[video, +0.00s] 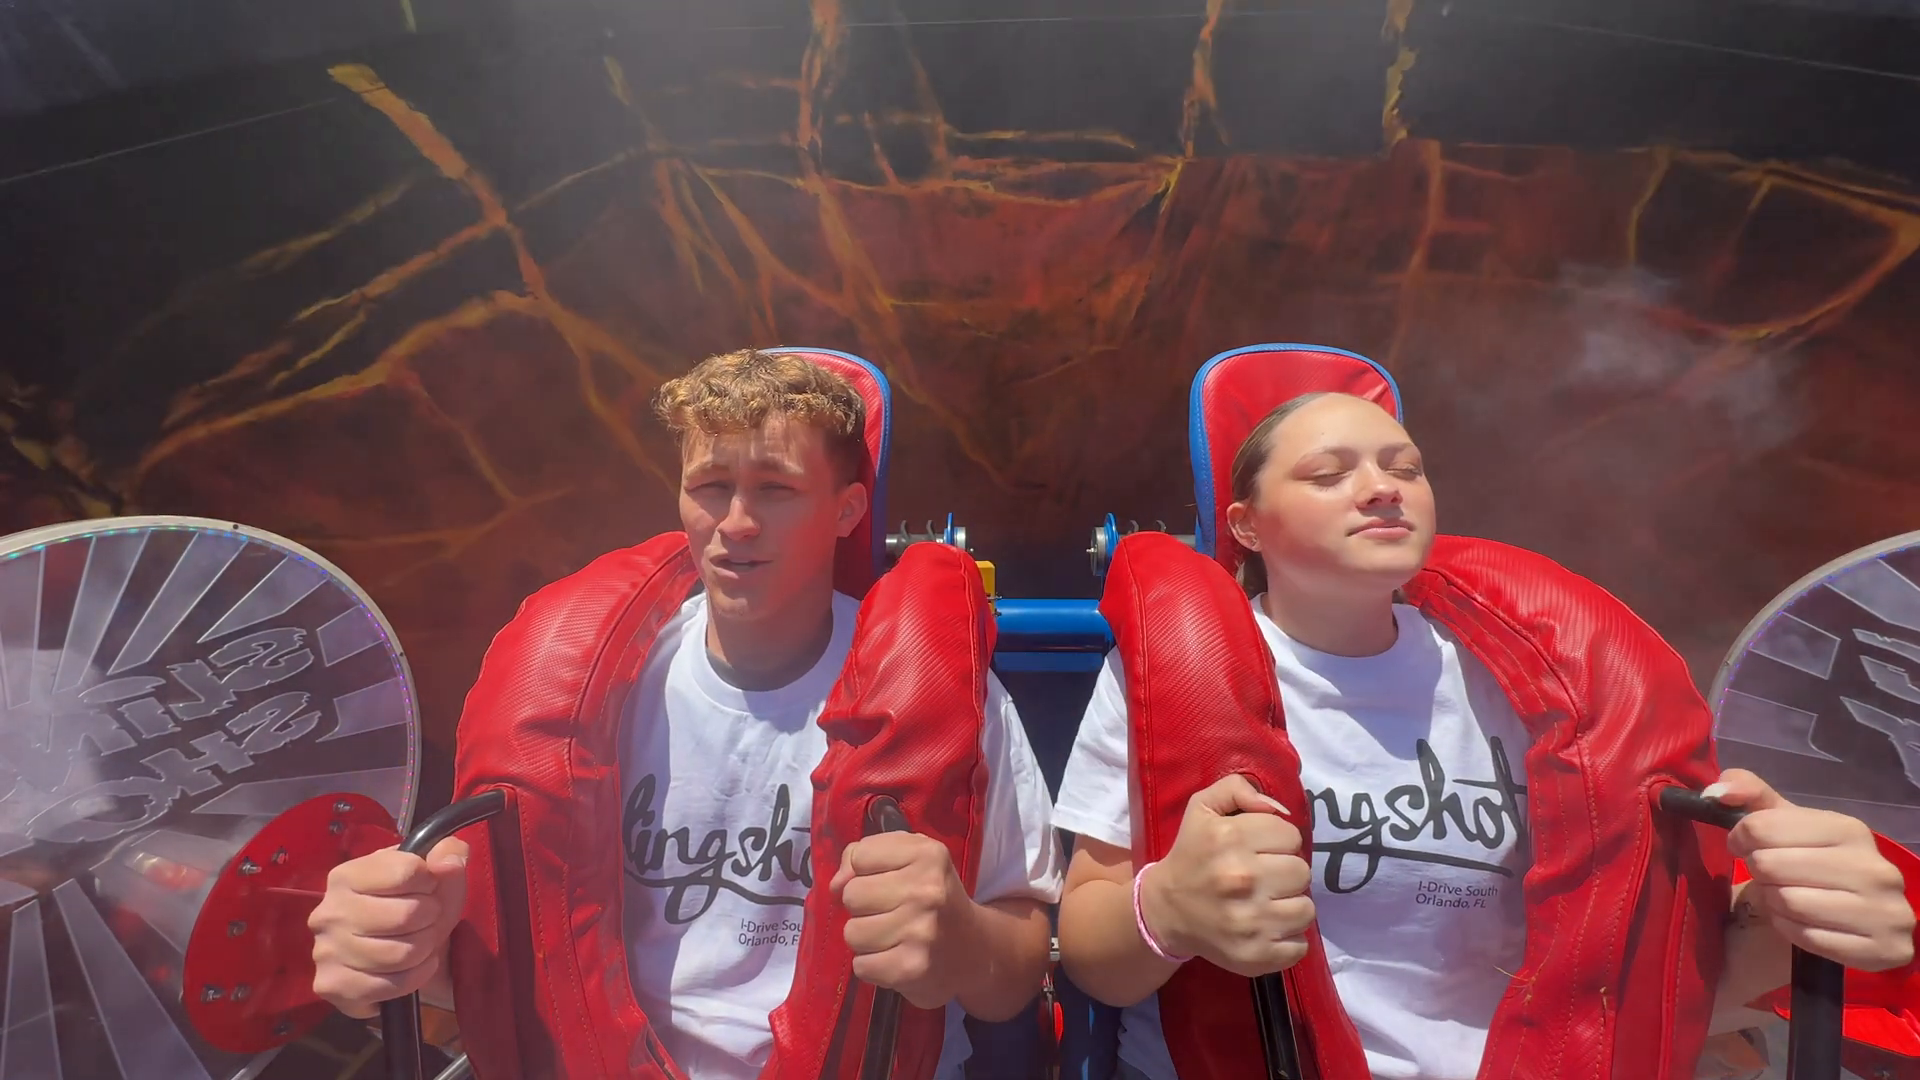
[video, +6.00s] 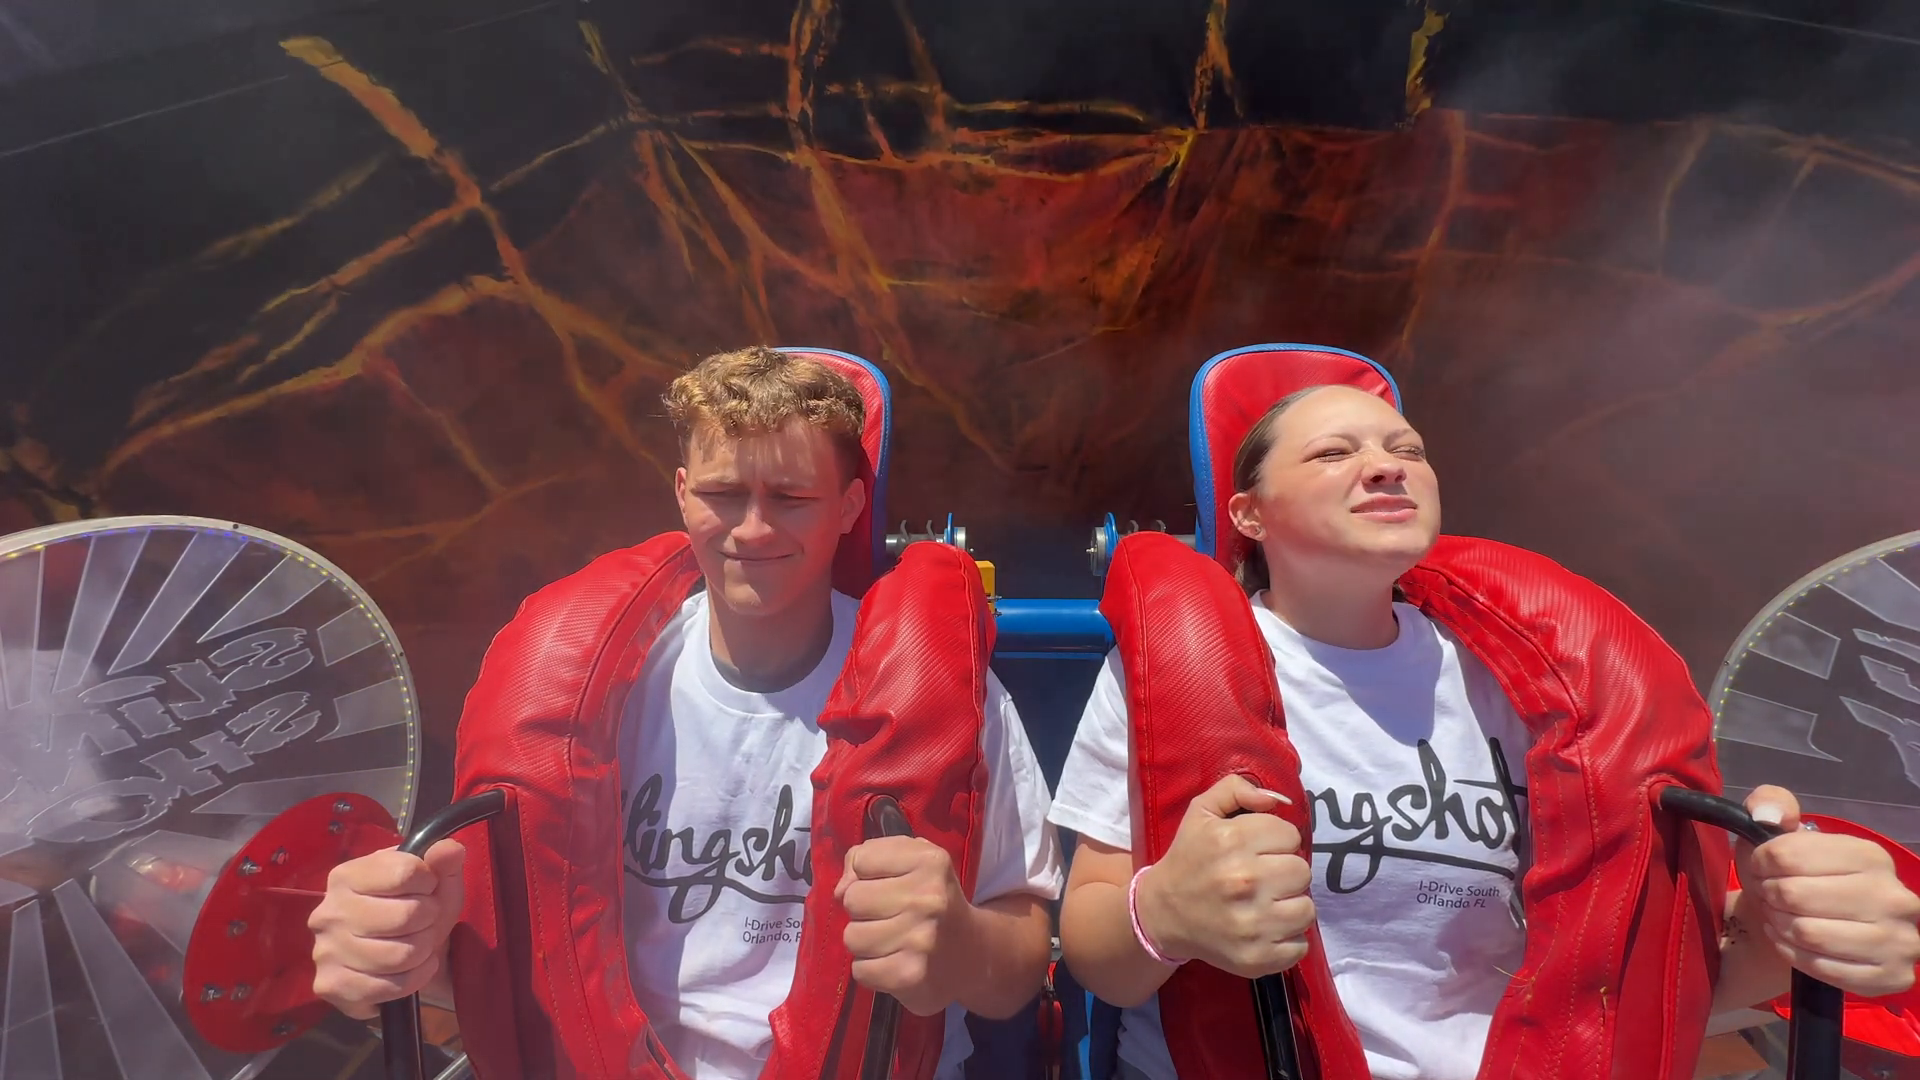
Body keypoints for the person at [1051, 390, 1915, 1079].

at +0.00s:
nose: (1383, 485)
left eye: (1401, 460)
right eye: (1328, 470)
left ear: (1431, 491)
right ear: (1244, 523)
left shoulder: (1533, 663)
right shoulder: (1173, 663)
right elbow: (1085, 955)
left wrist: (1864, 911)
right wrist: (1165, 909)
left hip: (1508, 1068)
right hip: (1285, 1063)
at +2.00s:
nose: (1386, 481)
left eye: (1402, 457)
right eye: (1330, 466)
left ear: (1432, 491)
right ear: (1245, 522)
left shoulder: (1529, 666)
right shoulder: (1173, 667)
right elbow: (1086, 955)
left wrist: (1748, 927)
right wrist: (1161, 911)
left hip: (1508, 1068)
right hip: (1287, 1066)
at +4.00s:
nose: (1373, 491)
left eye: (1393, 463)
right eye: (1321, 473)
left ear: (1427, 490)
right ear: (1242, 525)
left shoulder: (1533, 655)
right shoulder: (1171, 663)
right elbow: (1087, 957)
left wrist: (1754, 897)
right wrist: (1160, 913)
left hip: (1515, 1055)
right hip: (1289, 1057)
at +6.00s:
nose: (1387, 463)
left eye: (1401, 443)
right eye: (1332, 451)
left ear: (1434, 488)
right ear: (1246, 516)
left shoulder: (1530, 666)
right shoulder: (1173, 659)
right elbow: (1088, 951)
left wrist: (1762, 907)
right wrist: (1158, 915)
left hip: (1506, 1068)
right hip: (1287, 1066)